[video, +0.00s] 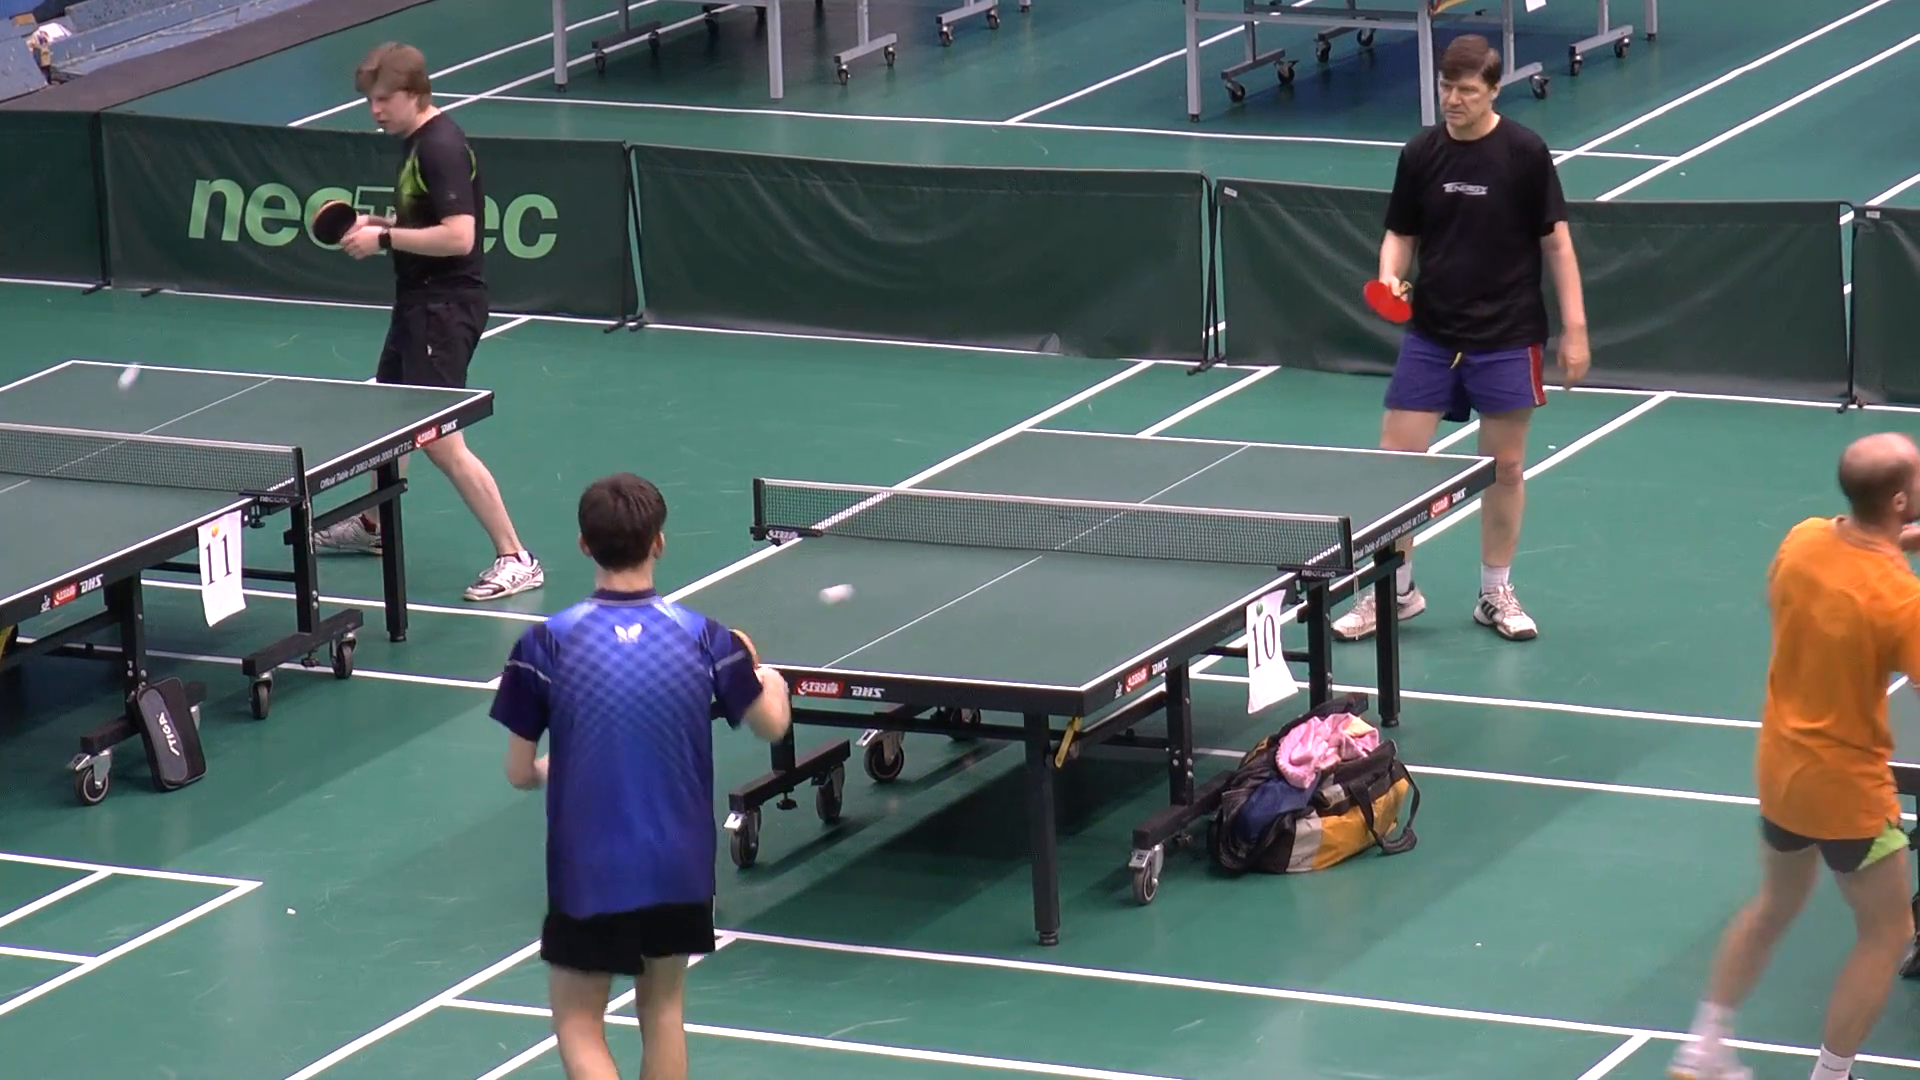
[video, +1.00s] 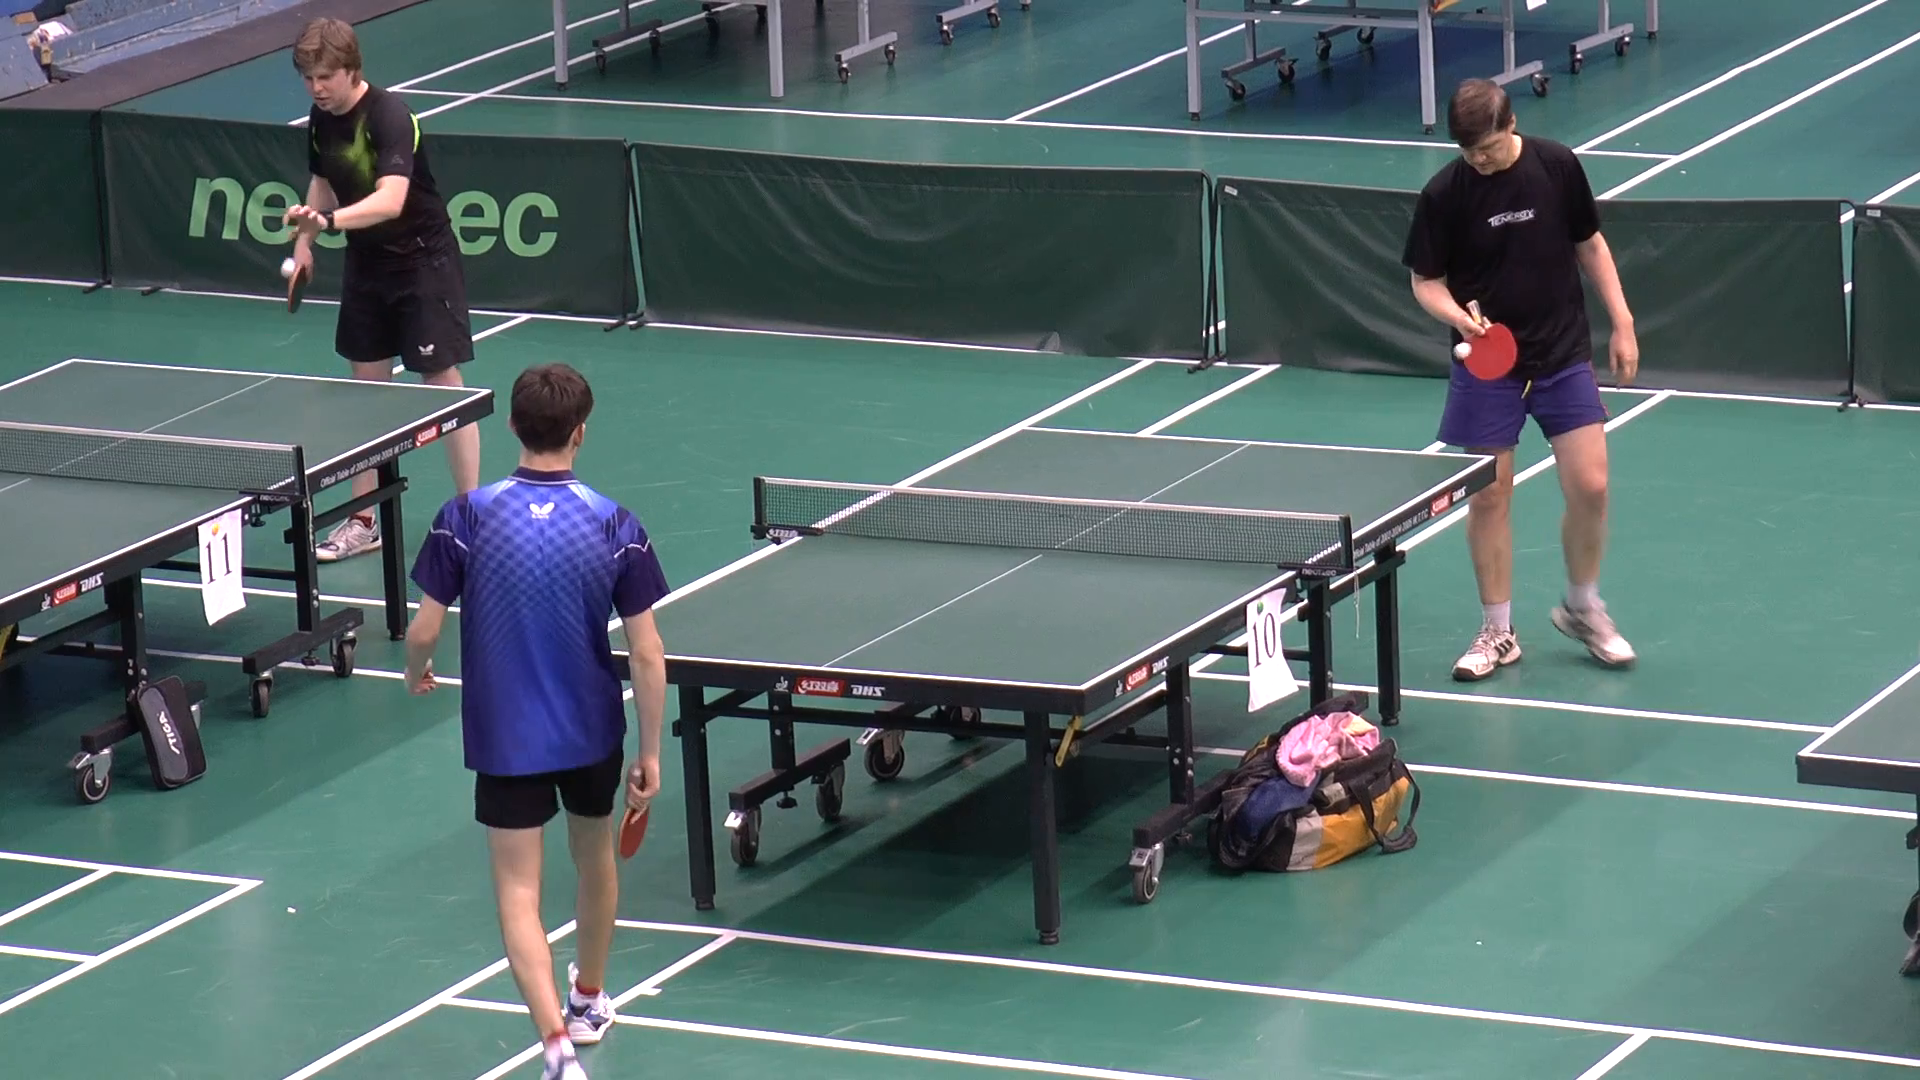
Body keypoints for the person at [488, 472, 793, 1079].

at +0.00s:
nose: (663, 539)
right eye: (661, 531)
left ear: (584, 546)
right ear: (659, 542)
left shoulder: (548, 641)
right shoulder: (702, 638)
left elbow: (520, 772)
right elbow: (773, 724)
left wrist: (571, 757)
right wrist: (757, 666)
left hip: (589, 876)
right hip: (678, 871)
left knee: (579, 1023)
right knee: (664, 1011)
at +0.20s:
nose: (634, 502)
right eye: (632, 495)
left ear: (558, 513)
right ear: (630, 506)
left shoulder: (525, 608)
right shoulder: (677, 596)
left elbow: (499, 747)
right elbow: (751, 685)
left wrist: (494, 835)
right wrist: (749, 709)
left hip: (566, 839)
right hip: (659, 837)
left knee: (556, 971)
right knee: (660, 998)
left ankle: (563, 1076)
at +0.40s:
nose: (595, 489)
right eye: (596, 481)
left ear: (528, 501)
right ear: (594, 492)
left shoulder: (501, 594)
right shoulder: (648, 584)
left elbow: (484, 720)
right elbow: (706, 701)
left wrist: (475, 837)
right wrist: (719, 784)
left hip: (549, 821)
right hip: (637, 817)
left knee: (549, 955)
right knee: (645, 973)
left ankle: (565, 1073)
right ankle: (653, 1074)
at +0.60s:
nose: (578, 452)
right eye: (577, 443)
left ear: (507, 461)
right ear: (574, 454)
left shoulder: (479, 557)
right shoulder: (629, 547)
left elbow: (461, 683)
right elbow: (658, 676)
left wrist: (455, 791)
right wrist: (667, 784)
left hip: (523, 780)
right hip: (610, 776)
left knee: (536, 919)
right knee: (621, 907)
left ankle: (564, 1070)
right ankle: (628, 1034)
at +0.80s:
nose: (573, 437)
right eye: (573, 429)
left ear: (503, 437)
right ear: (572, 437)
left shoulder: (465, 529)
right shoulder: (614, 528)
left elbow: (430, 654)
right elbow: (642, 657)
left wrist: (431, 715)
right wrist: (645, 761)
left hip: (512, 756)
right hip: (599, 749)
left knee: (533, 918)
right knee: (608, 872)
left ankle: (565, 1068)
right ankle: (608, 1025)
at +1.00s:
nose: (577, 432)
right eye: (580, 423)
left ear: (511, 427)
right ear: (580, 430)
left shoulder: (465, 516)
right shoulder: (612, 523)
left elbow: (422, 633)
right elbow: (648, 656)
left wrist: (418, 669)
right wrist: (650, 752)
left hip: (505, 740)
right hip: (589, 735)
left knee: (518, 894)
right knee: (598, 861)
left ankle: (558, 1052)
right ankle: (587, 1000)